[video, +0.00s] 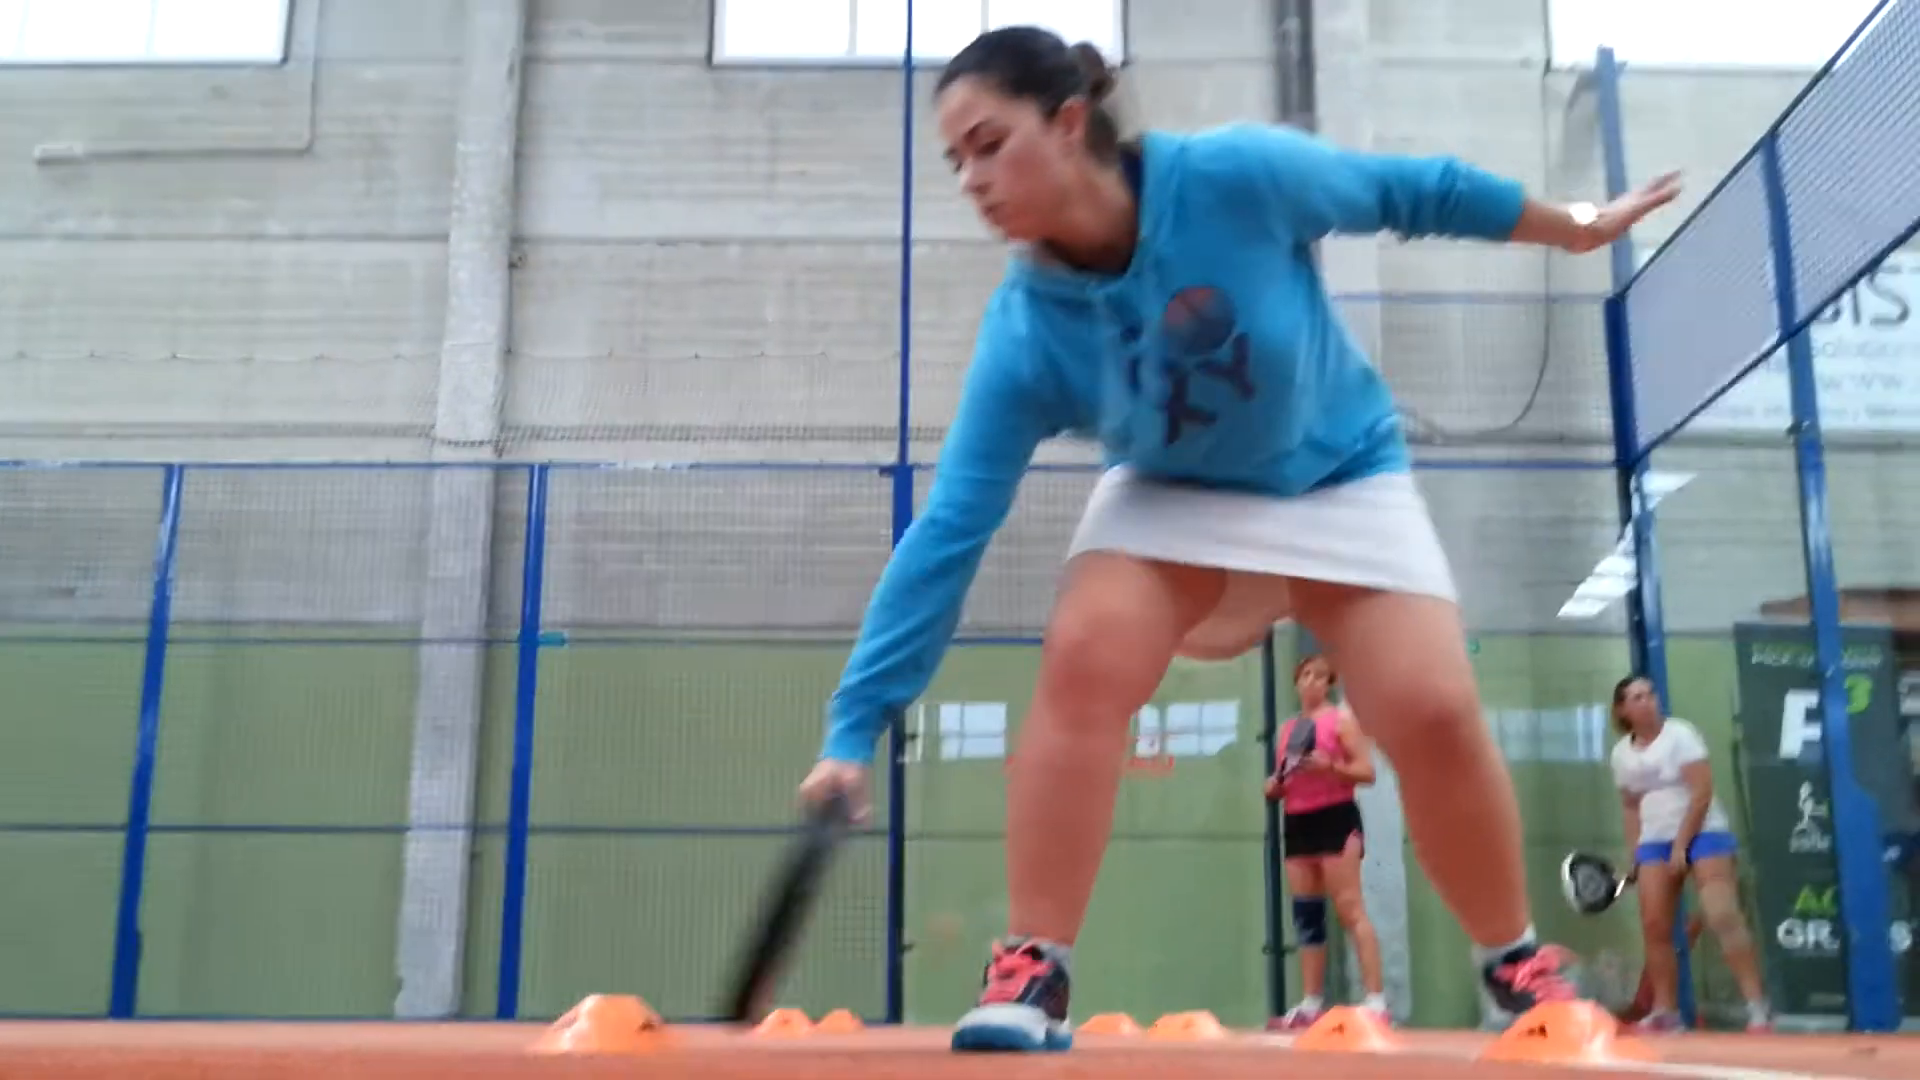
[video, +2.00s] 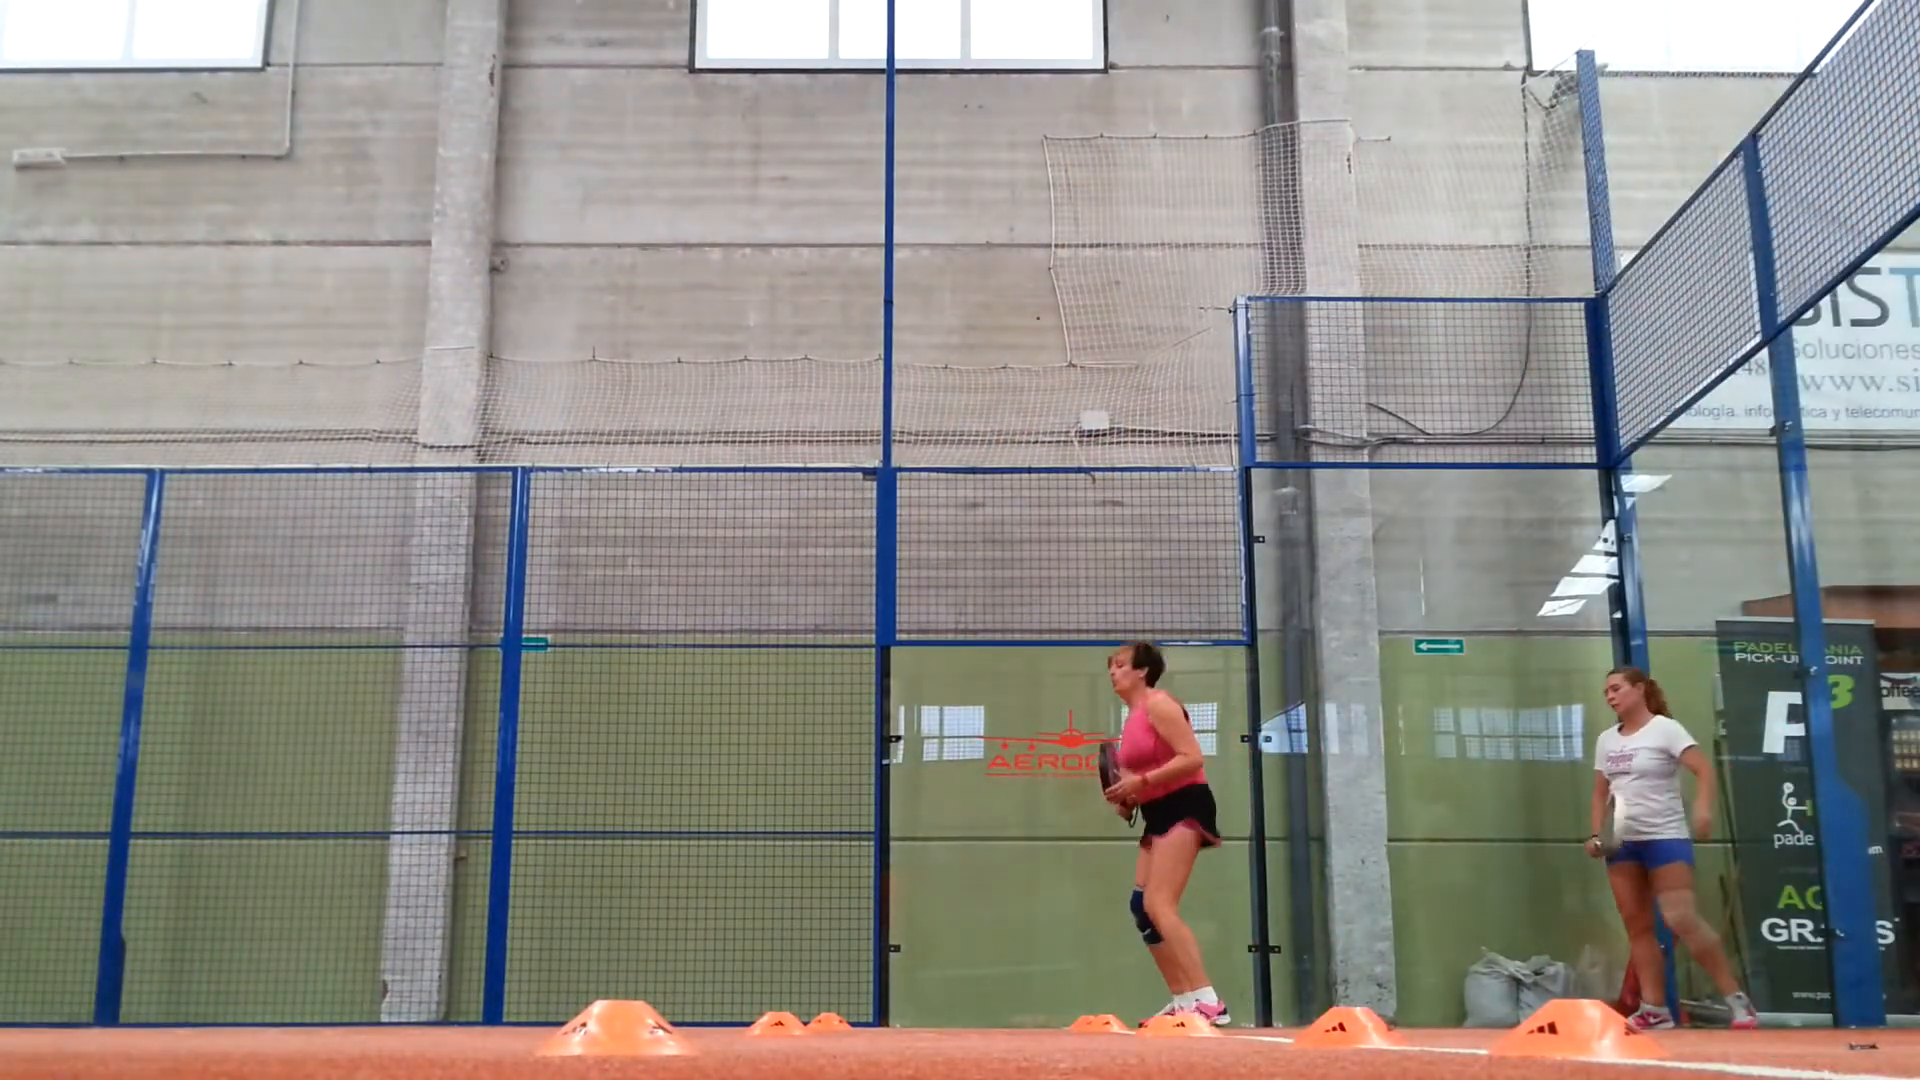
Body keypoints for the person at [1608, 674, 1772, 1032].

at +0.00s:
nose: (1647, 701)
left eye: (1649, 694)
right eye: (1637, 697)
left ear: (1658, 700)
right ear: (1622, 711)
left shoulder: (1681, 735)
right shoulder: (1622, 753)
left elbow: (1702, 792)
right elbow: (1631, 807)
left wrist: (1681, 844)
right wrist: (1634, 858)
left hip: (1702, 827)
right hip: (1654, 835)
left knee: (1721, 913)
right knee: (1654, 923)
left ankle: (1756, 1004)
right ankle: (1665, 1009)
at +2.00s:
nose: (1610, 696)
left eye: (1616, 689)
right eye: (1607, 692)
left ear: (1640, 690)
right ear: (1609, 700)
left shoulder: (1666, 729)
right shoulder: (1607, 740)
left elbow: (1704, 768)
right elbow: (1600, 791)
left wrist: (1703, 810)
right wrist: (1596, 833)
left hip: (1666, 837)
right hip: (1621, 842)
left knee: (1681, 917)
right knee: (1637, 926)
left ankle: (1735, 998)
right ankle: (1655, 1007)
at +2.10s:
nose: (1599, 701)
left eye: (1603, 693)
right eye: (1595, 696)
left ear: (1627, 690)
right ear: (1599, 702)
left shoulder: (1654, 728)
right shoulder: (1600, 740)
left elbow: (1682, 774)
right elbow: (1593, 789)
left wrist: (1664, 792)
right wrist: (1585, 826)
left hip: (1654, 832)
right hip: (1613, 837)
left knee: (1653, 913)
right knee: (1632, 924)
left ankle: (1709, 991)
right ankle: (1654, 1008)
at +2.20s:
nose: (1589, 703)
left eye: (1593, 695)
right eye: (1585, 698)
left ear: (1615, 690)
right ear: (1590, 702)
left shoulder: (1644, 727)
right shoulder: (1593, 739)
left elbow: (1663, 778)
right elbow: (1594, 791)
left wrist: (1621, 785)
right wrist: (1582, 820)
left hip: (1644, 830)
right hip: (1607, 835)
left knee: (1629, 909)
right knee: (1627, 918)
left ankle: (1670, 999)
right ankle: (1651, 1004)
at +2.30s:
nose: (1578, 707)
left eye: (1582, 698)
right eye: (1574, 702)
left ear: (1604, 691)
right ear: (1580, 704)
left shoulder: (1632, 727)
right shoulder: (1587, 741)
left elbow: (1647, 780)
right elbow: (1590, 791)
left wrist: (1600, 786)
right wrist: (1577, 819)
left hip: (1635, 831)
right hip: (1603, 836)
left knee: (1608, 909)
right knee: (1634, 924)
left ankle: (1624, 1000)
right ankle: (1656, 1007)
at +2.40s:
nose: (1568, 710)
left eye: (1571, 701)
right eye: (1564, 705)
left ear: (1593, 694)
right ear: (1578, 703)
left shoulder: (1619, 727)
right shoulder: (1588, 739)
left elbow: (1634, 781)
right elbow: (1595, 789)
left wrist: (1583, 788)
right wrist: (1574, 817)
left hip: (1623, 834)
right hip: (1601, 836)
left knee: (1593, 908)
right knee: (1629, 927)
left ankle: (1579, 999)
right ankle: (1656, 1008)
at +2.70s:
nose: (1527, 706)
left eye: (1530, 698)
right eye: (1524, 700)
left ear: (1553, 692)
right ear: (1549, 696)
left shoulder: (1567, 726)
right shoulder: (1566, 727)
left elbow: (1577, 783)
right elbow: (1569, 787)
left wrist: (1526, 791)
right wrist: (1535, 813)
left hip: (1571, 836)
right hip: (1583, 834)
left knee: (1551, 924)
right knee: (1588, 927)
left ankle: (1555, 1011)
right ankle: (1640, 997)